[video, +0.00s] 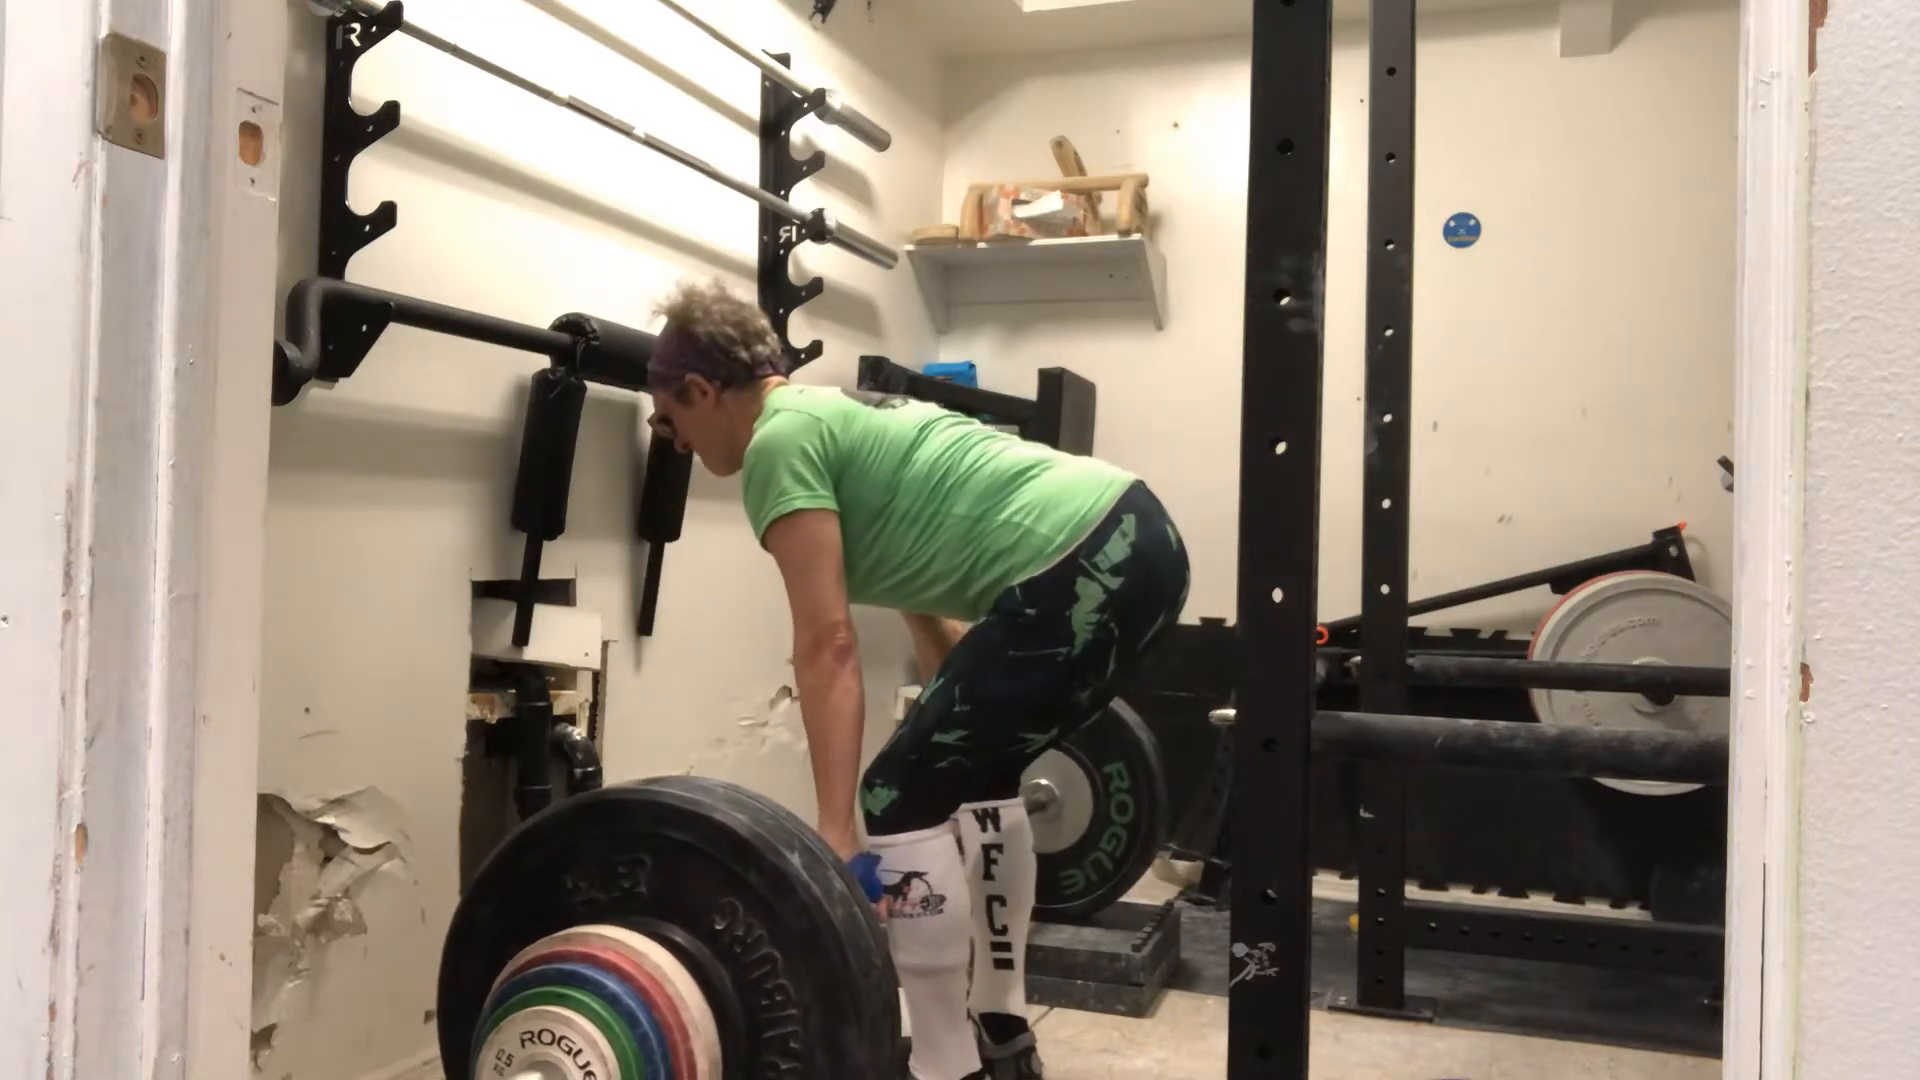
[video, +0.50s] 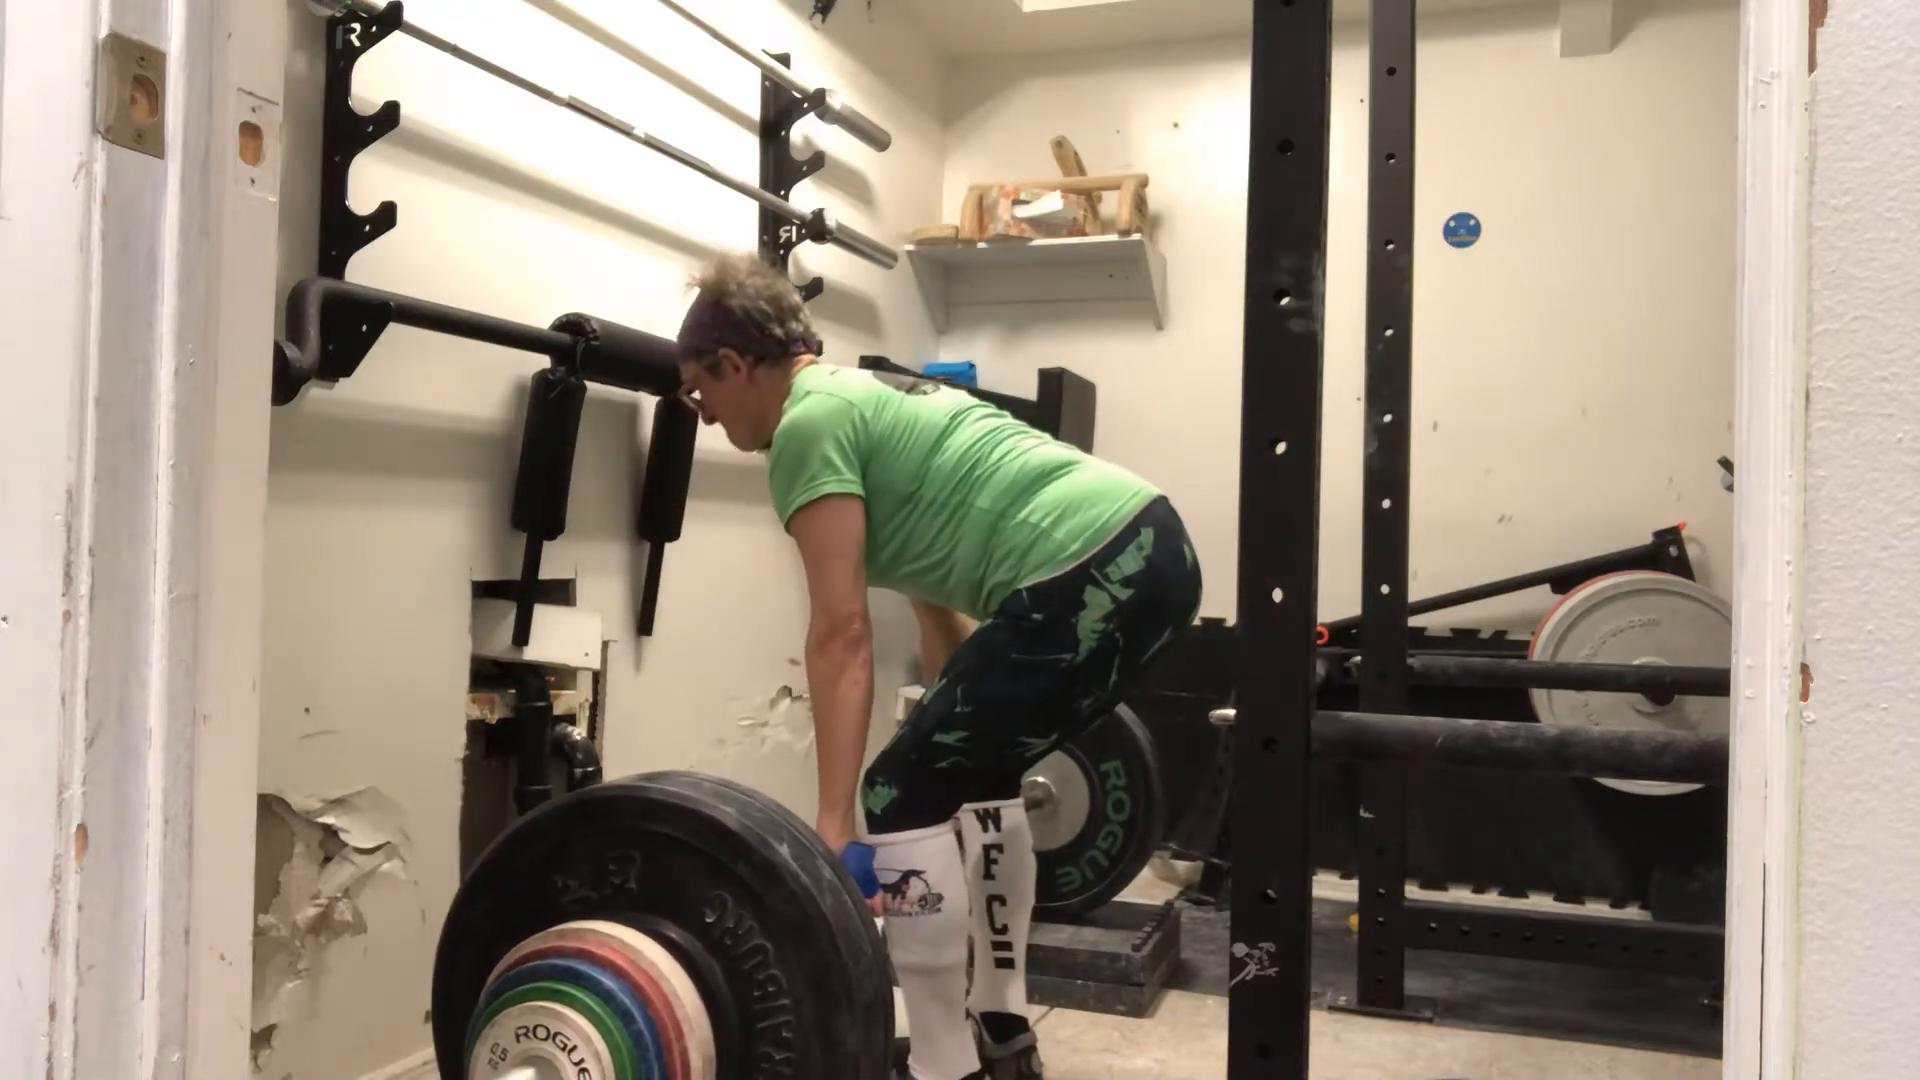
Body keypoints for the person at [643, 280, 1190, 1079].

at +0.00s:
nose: (677, 439)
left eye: (672, 418)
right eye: (666, 423)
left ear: (704, 389)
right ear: (754, 372)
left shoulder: (778, 445)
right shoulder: (828, 415)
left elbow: (829, 648)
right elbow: (923, 597)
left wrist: (835, 834)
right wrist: (963, 713)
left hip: (1085, 564)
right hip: (1128, 538)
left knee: (892, 803)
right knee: (976, 788)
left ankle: (943, 1060)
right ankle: (999, 1028)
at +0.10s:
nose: (682, 435)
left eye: (676, 413)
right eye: (671, 420)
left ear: (708, 383)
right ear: (761, 366)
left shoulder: (783, 441)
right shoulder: (836, 410)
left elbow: (832, 645)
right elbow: (926, 602)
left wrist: (836, 835)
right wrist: (962, 715)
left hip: (1083, 566)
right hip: (1130, 540)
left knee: (892, 805)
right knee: (982, 787)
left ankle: (943, 1062)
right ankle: (1000, 1027)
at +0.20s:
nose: (685, 425)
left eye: (682, 403)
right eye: (675, 409)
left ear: (718, 373)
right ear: (765, 358)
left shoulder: (789, 435)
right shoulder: (841, 404)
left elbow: (834, 641)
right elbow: (932, 609)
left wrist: (836, 826)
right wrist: (963, 722)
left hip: (1083, 567)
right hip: (1133, 542)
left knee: (893, 803)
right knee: (980, 785)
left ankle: (944, 1062)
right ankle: (1001, 1025)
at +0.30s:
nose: (691, 418)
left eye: (690, 395)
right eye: (682, 402)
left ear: (730, 369)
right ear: (774, 354)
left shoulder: (797, 431)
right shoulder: (851, 402)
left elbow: (837, 639)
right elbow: (937, 616)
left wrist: (834, 824)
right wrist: (958, 747)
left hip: (1082, 569)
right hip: (1133, 546)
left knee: (890, 806)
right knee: (977, 791)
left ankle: (944, 1061)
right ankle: (999, 1029)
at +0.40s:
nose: (697, 414)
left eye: (696, 391)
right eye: (689, 397)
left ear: (734, 366)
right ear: (779, 353)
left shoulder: (803, 429)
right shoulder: (862, 403)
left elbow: (839, 637)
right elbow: (939, 620)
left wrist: (836, 825)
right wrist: (955, 758)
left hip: (1085, 572)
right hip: (1136, 548)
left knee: (896, 803)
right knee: (979, 789)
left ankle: (943, 1062)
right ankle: (999, 1028)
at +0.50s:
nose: (702, 411)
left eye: (700, 388)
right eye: (693, 394)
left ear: (739, 364)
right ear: (782, 352)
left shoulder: (808, 426)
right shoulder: (866, 398)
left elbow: (842, 636)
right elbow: (941, 617)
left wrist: (837, 828)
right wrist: (951, 758)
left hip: (1087, 575)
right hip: (1141, 549)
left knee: (897, 804)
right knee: (978, 791)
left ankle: (942, 1063)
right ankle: (999, 1029)